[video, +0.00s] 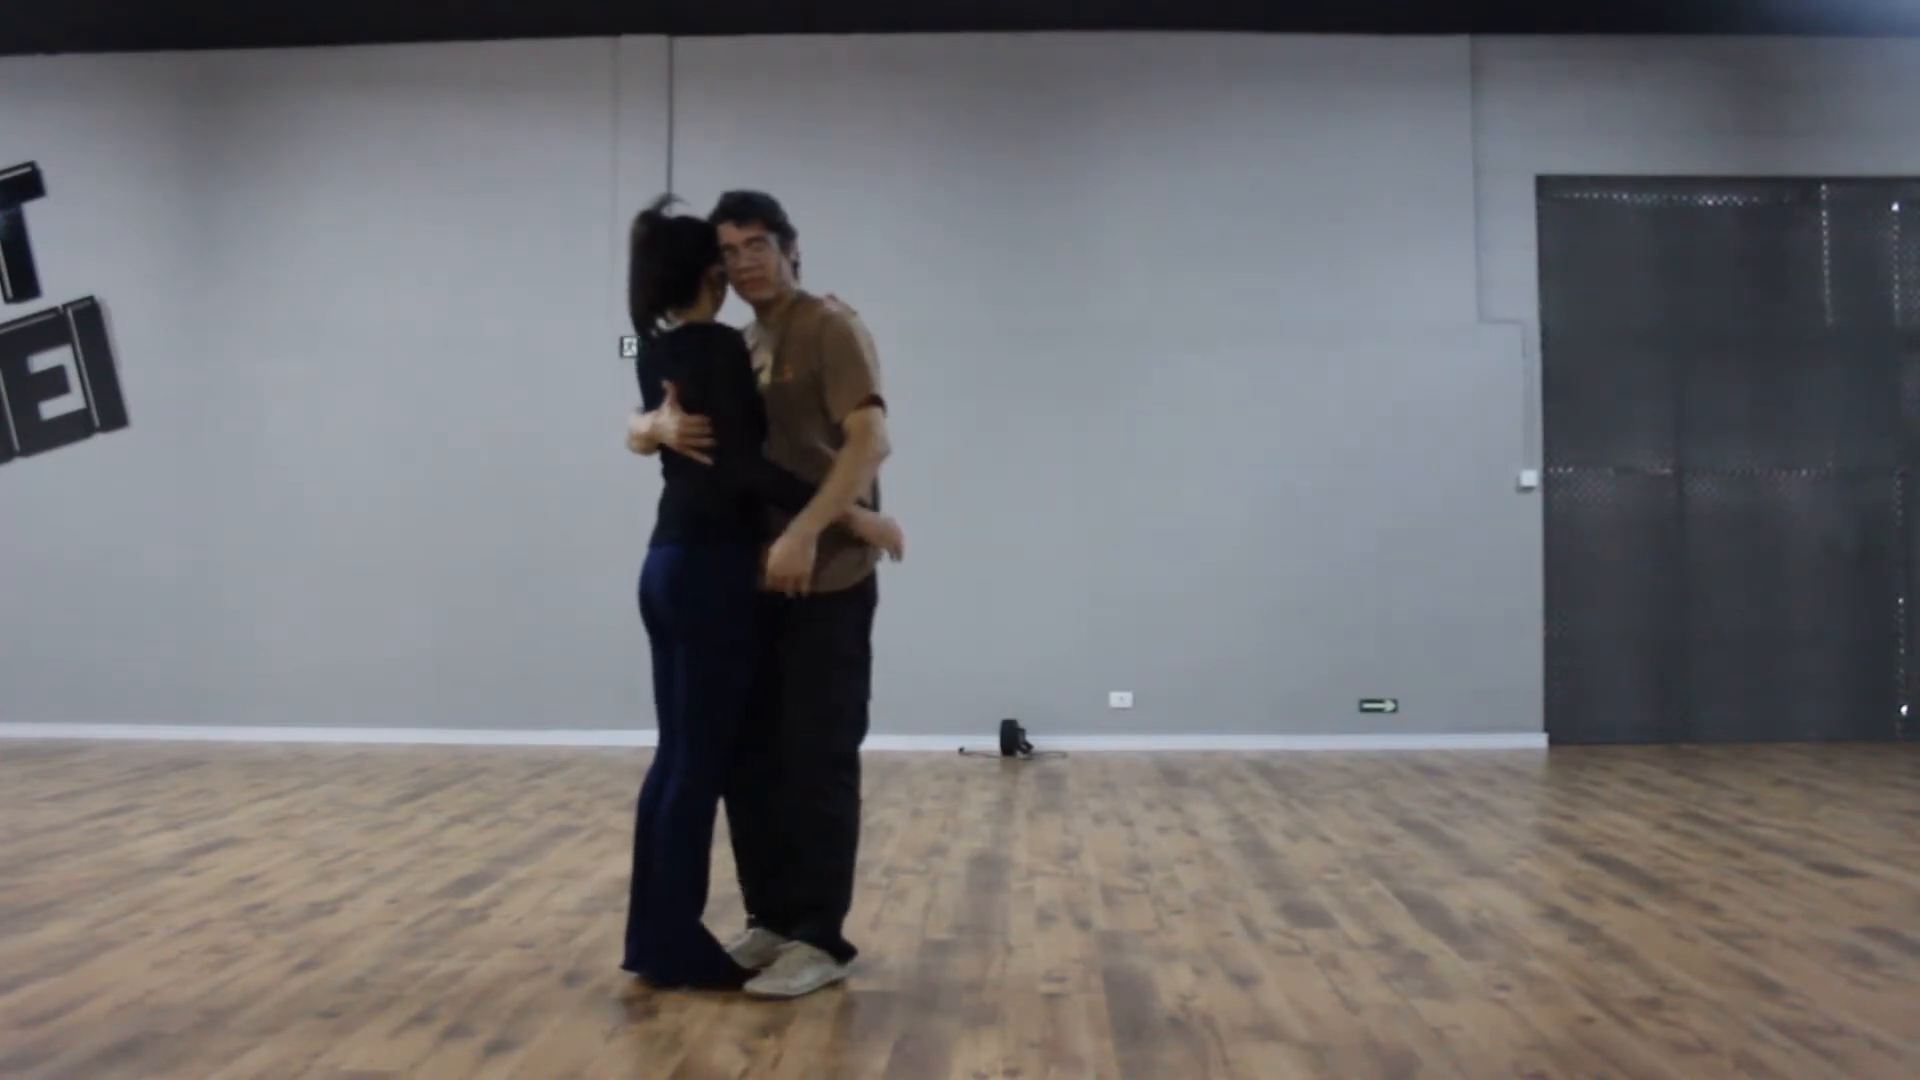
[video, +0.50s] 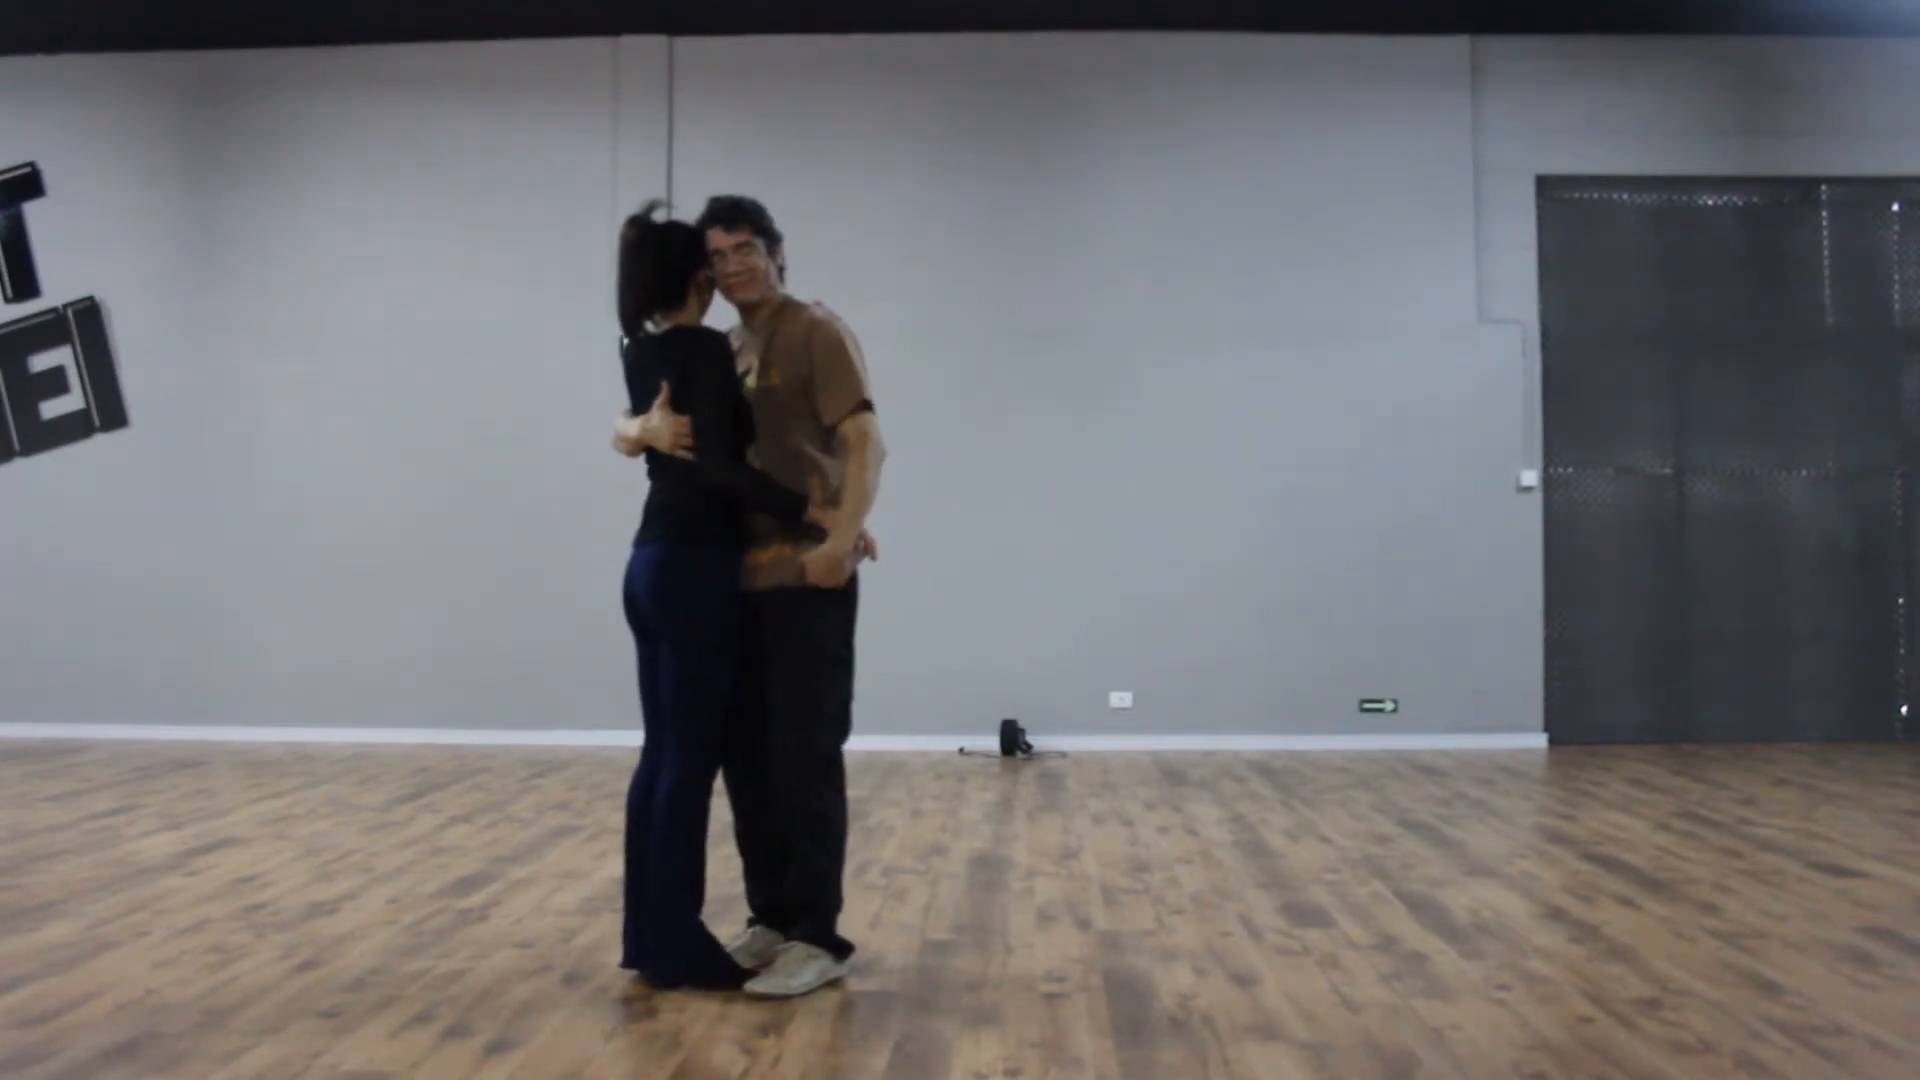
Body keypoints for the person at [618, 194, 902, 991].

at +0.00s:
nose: (744, 263)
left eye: (754, 247)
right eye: (729, 254)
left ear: (788, 248)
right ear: (717, 268)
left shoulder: (831, 327)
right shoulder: (729, 343)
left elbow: (869, 439)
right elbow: (644, 429)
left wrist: (808, 530)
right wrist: (654, 426)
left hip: (828, 574)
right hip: (748, 567)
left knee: (818, 752)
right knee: (748, 749)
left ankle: (822, 941)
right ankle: (772, 922)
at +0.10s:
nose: (742, 265)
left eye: (752, 248)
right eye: (727, 254)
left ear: (785, 248)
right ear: (715, 267)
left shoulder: (828, 327)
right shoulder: (728, 342)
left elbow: (868, 438)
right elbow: (639, 430)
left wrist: (814, 530)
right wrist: (650, 425)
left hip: (824, 578)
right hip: (747, 573)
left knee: (816, 755)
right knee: (748, 751)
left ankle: (821, 941)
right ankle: (772, 922)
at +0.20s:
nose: (739, 265)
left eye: (749, 249)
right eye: (724, 255)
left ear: (781, 249)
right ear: (713, 267)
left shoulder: (825, 328)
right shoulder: (725, 341)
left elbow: (865, 441)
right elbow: (635, 430)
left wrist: (825, 541)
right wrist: (646, 425)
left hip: (817, 571)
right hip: (742, 569)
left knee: (813, 755)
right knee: (748, 752)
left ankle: (820, 941)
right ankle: (772, 921)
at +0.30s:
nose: (736, 265)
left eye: (747, 248)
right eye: (722, 255)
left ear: (779, 251)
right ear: (711, 268)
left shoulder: (821, 328)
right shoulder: (723, 345)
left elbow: (864, 442)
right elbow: (634, 431)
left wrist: (830, 544)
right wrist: (644, 427)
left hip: (814, 574)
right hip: (741, 575)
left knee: (812, 757)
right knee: (748, 754)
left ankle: (820, 940)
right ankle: (771, 921)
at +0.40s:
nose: (733, 265)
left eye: (744, 249)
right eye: (719, 256)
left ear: (776, 252)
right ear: (707, 270)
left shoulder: (817, 330)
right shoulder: (721, 348)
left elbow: (864, 441)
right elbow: (629, 433)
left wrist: (842, 539)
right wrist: (642, 430)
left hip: (809, 577)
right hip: (738, 579)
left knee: (808, 757)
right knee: (748, 755)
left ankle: (819, 940)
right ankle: (771, 921)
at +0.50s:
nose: (730, 266)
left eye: (742, 250)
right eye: (717, 257)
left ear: (775, 253)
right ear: (705, 271)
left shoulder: (815, 331)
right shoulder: (720, 349)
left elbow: (865, 441)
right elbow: (628, 434)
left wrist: (843, 539)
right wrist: (639, 432)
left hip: (809, 575)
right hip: (739, 577)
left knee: (805, 756)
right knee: (746, 755)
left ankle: (818, 940)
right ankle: (770, 921)